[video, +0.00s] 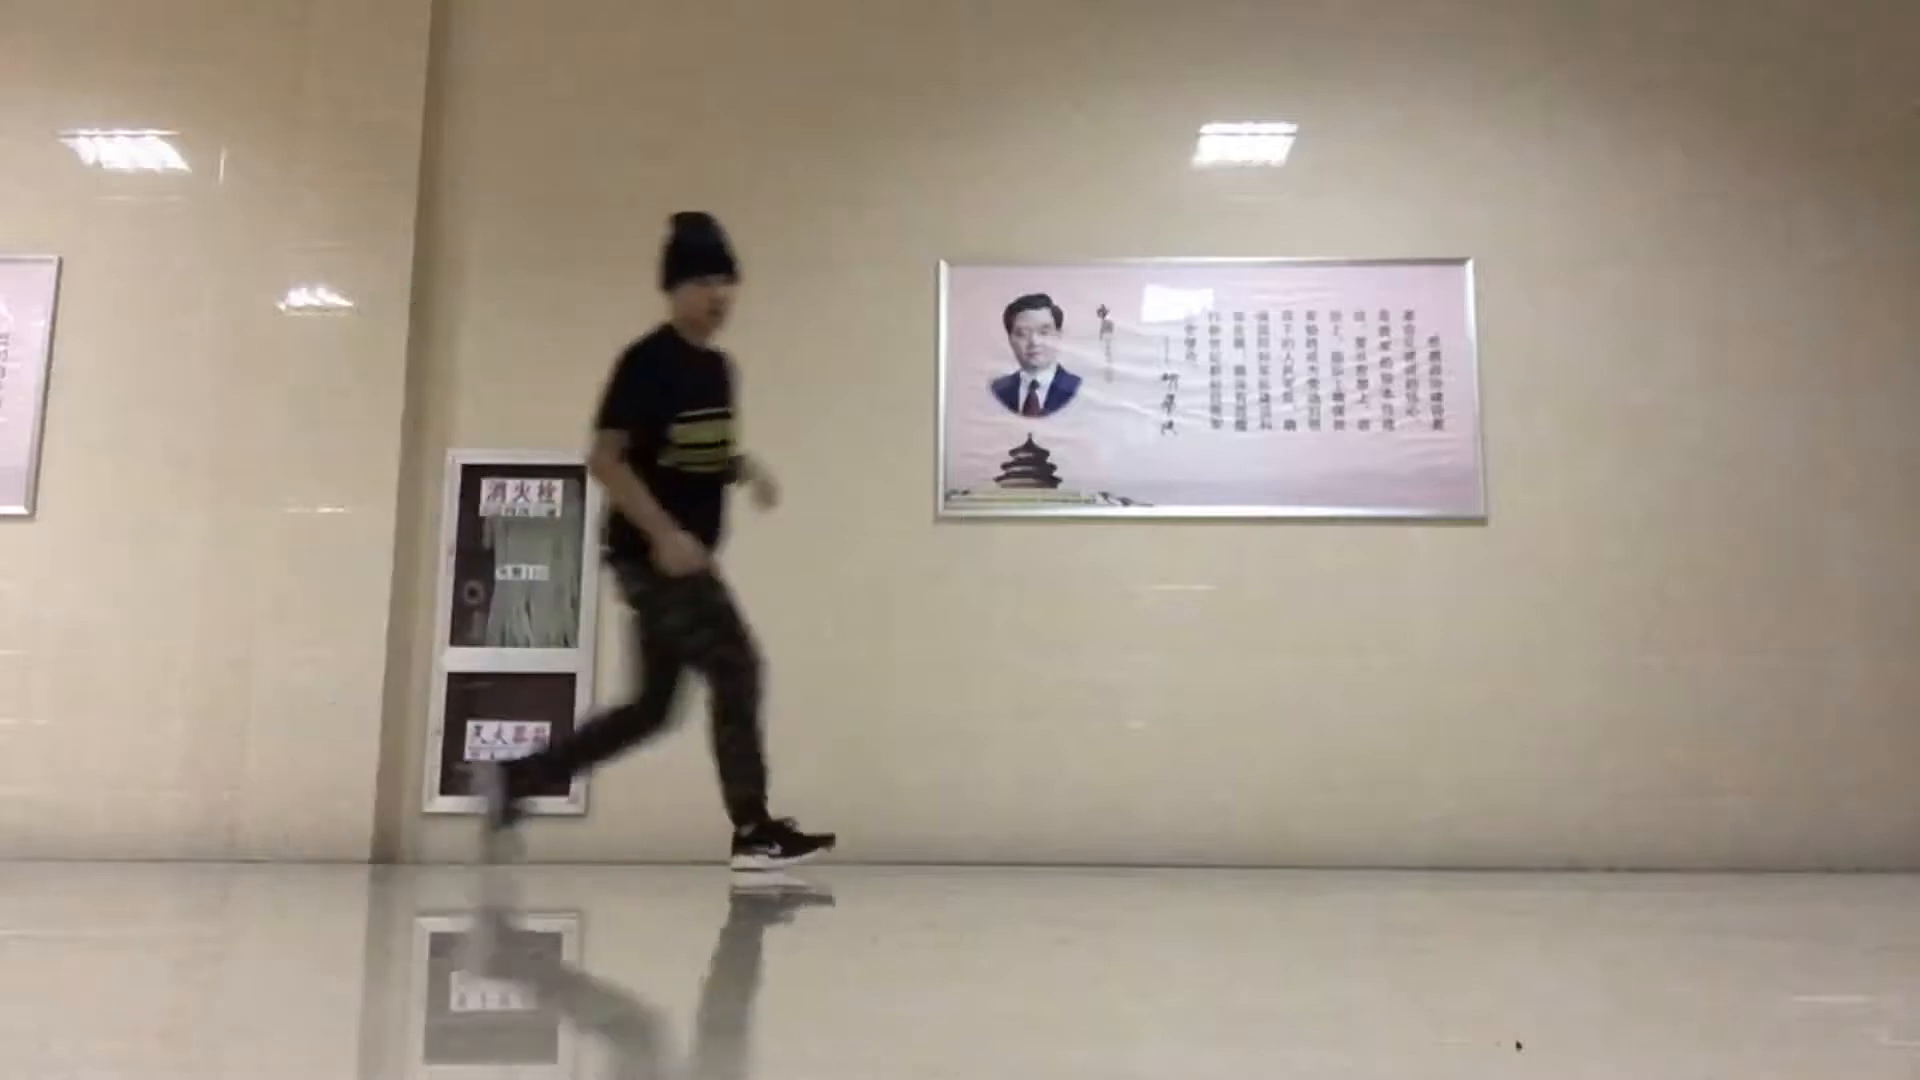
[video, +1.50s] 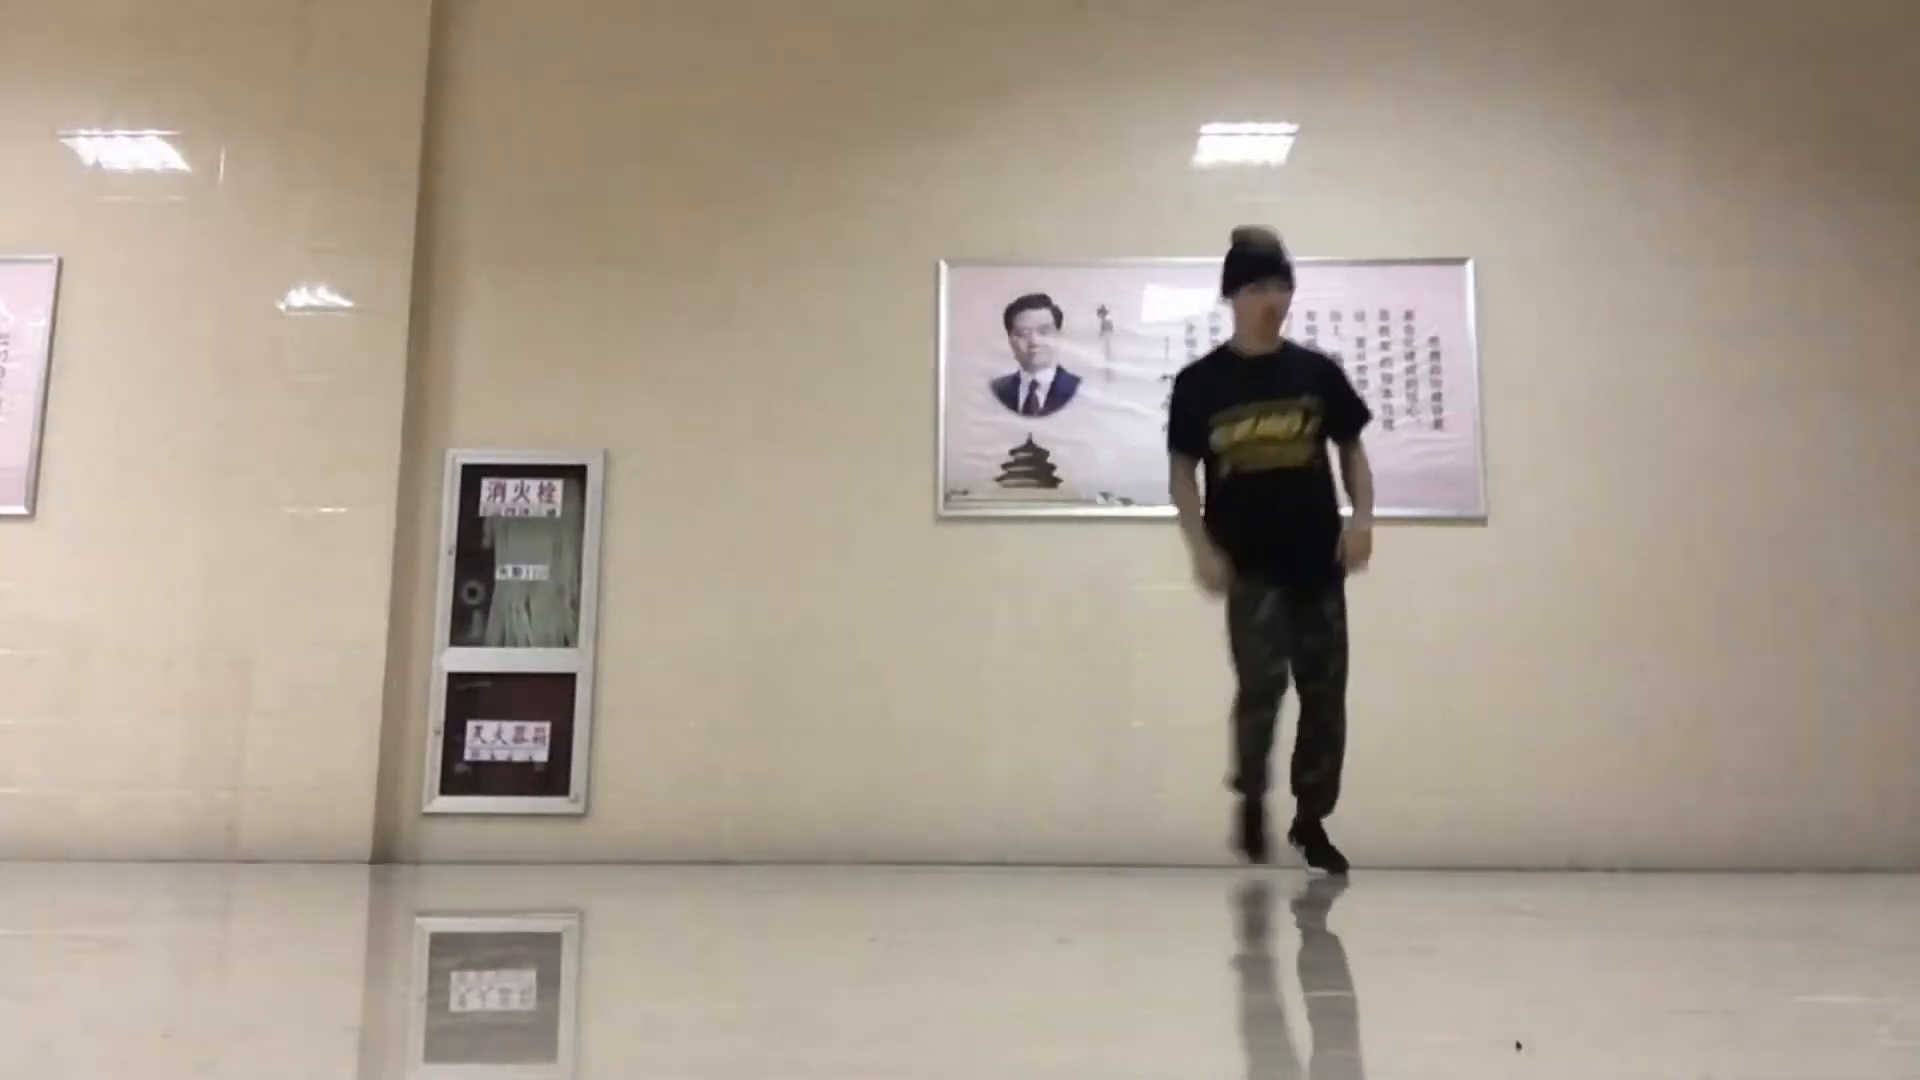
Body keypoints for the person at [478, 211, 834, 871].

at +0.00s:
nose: (717, 296)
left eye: (725, 282)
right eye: (702, 283)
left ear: (735, 288)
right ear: (672, 287)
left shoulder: (718, 368)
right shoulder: (646, 361)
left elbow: (706, 446)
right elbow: (606, 460)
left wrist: (745, 473)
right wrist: (664, 532)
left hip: (682, 553)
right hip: (651, 554)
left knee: (653, 707)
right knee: (735, 668)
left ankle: (521, 778)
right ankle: (752, 826)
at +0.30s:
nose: (838, 259)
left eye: (845, 246)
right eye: (823, 247)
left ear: (854, 250)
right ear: (793, 253)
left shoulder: (874, 329)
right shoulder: (760, 338)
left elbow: (904, 409)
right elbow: (745, 438)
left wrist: (931, 477)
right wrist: (802, 500)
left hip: (867, 515)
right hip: (795, 520)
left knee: (901, 653)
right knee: (804, 666)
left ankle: (905, 793)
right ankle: (779, 810)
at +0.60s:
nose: (940, 309)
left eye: (952, 296)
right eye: (926, 297)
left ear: (968, 303)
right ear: (904, 304)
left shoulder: (999, 382)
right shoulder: (879, 390)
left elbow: (1052, 463)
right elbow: (855, 486)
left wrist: (1116, 523)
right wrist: (876, 498)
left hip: (980, 564)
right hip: (911, 564)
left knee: (953, 702)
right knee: (922, 715)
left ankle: (952, 826)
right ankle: (1011, 763)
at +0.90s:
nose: (1031, 323)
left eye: (1042, 309)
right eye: (1018, 311)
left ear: (1063, 313)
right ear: (1003, 322)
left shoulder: (1103, 385)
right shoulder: (1000, 398)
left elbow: (1121, 479)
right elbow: (989, 490)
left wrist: (1066, 512)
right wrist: (970, 570)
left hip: (1090, 565)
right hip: (1025, 569)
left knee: (1058, 681)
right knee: (1037, 707)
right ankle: (1083, 822)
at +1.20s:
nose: (1150, 290)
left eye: (1161, 278)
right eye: (1139, 279)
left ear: (1177, 282)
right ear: (1120, 285)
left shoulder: (1210, 350)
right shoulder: (1102, 366)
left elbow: (1245, 438)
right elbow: (1101, 451)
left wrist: (1174, 466)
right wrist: (1092, 521)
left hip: (1213, 540)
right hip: (1141, 546)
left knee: (1264, 667)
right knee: (1127, 685)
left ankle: (1294, 781)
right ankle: (1127, 811)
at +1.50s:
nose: (1274, 304)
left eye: (1282, 292)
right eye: (1260, 292)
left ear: (1292, 296)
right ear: (1232, 297)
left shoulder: (1318, 371)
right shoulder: (1197, 384)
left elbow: (1352, 448)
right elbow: (1181, 473)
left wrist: (1360, 519)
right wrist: (1201, 547)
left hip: (1317, 558)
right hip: (1248, 564)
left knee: (1325, 696)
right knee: (1260, 691)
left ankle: (1310, 819)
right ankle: (1251, 804)